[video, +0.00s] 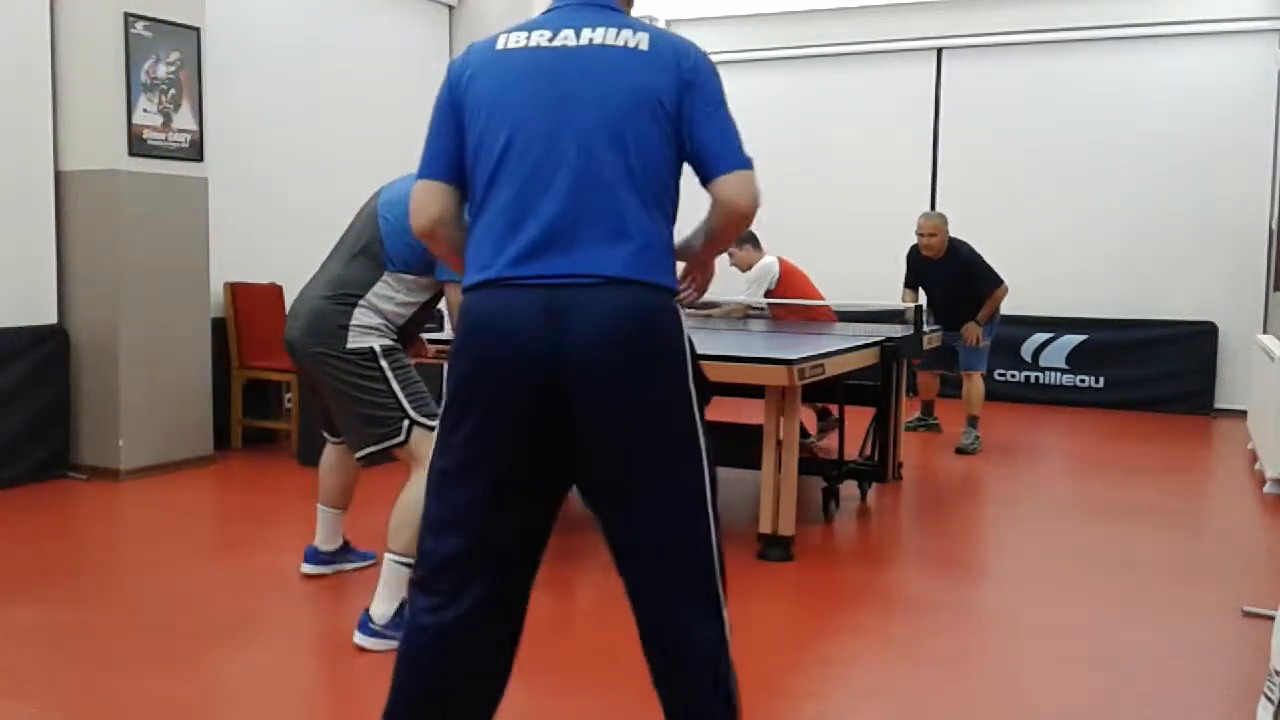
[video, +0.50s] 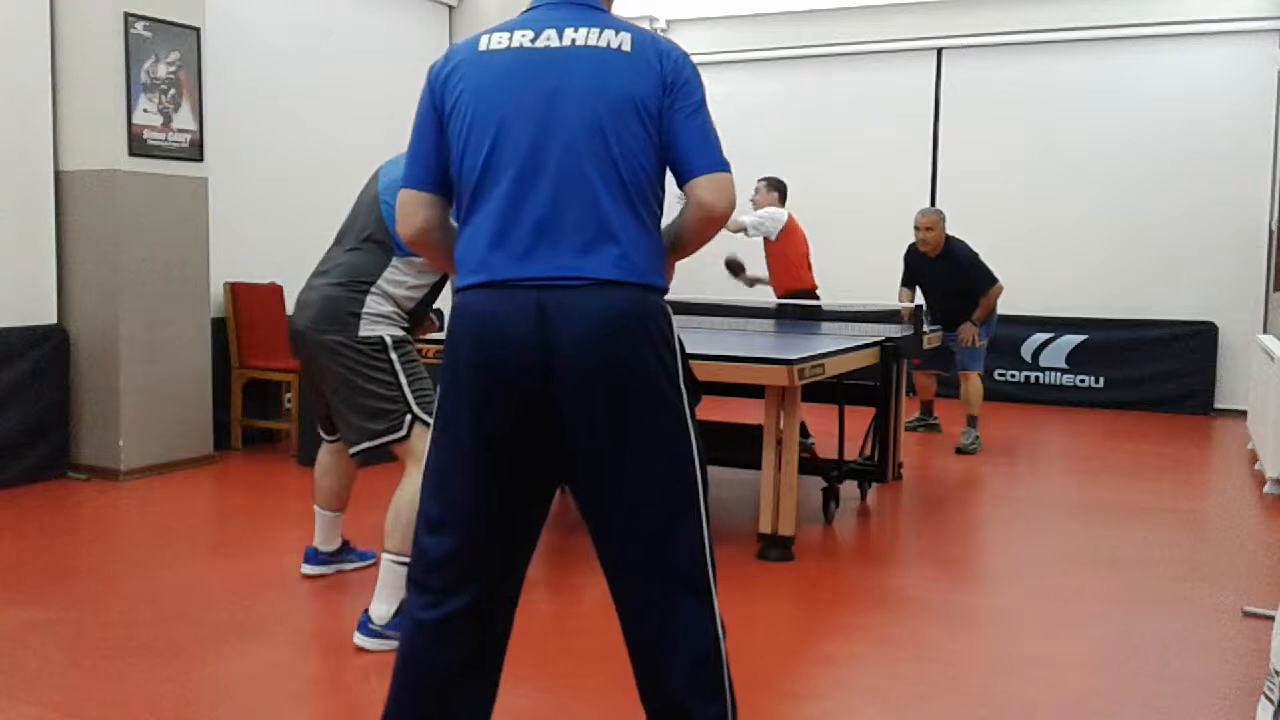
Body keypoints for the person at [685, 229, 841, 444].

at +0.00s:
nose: (731, 262)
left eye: (732, 254)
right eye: (729, 256)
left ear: (748, 249)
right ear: (752, 250)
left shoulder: (766, 266)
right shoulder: (773, 265)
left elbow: (740, 310)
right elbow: (745, 308)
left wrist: (700, 314)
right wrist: (703, 310)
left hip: (813, 332)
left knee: (774, 377)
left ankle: (798, 432)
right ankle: (822, 413)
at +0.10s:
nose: (732, 251)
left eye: (734, 244)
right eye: (731, 245)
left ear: (751, 239)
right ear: (755, 240)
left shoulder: (766, 258)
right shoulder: (772, 256)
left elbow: (741, 302)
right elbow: (746, 301)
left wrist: (697, 311)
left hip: (809, 322)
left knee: (772, 368)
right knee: (771, 364)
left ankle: (805, 420)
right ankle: (806, 418)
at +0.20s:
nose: (739, 237)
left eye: (740, 229)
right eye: (738, 231)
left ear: (756, 224)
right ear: (760, 225)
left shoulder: (771, 242)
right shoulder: (783, 245)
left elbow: (738, 279)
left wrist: (691, 287)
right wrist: (757, 290)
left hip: (802, 317)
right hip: (819, 315)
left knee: (773, 368)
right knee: (775, 368)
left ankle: (798, 433)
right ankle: (798, 432)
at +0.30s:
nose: (745, 219)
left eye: (747, 212)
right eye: (744, 213)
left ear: (764, 209)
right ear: (768, 211)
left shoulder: (773, 227)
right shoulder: (784, 232)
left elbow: (741, 249)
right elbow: (782, 281)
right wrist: (753, 271)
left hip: (804, 314)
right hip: (808, 312)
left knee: (781, 376)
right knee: (781, 375)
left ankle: (801, 435)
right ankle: (799, 434)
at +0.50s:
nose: (752, 198)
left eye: (757, 193)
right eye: (754, 193)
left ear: (774, 196)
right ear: (777, 197)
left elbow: (735, 226)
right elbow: (787, 277)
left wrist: (700, 205)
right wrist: (752, 279)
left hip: (795, 306)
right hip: (805, 304)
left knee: (782, 374)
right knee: (784, 375)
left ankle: (801, 435)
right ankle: (799, 434)